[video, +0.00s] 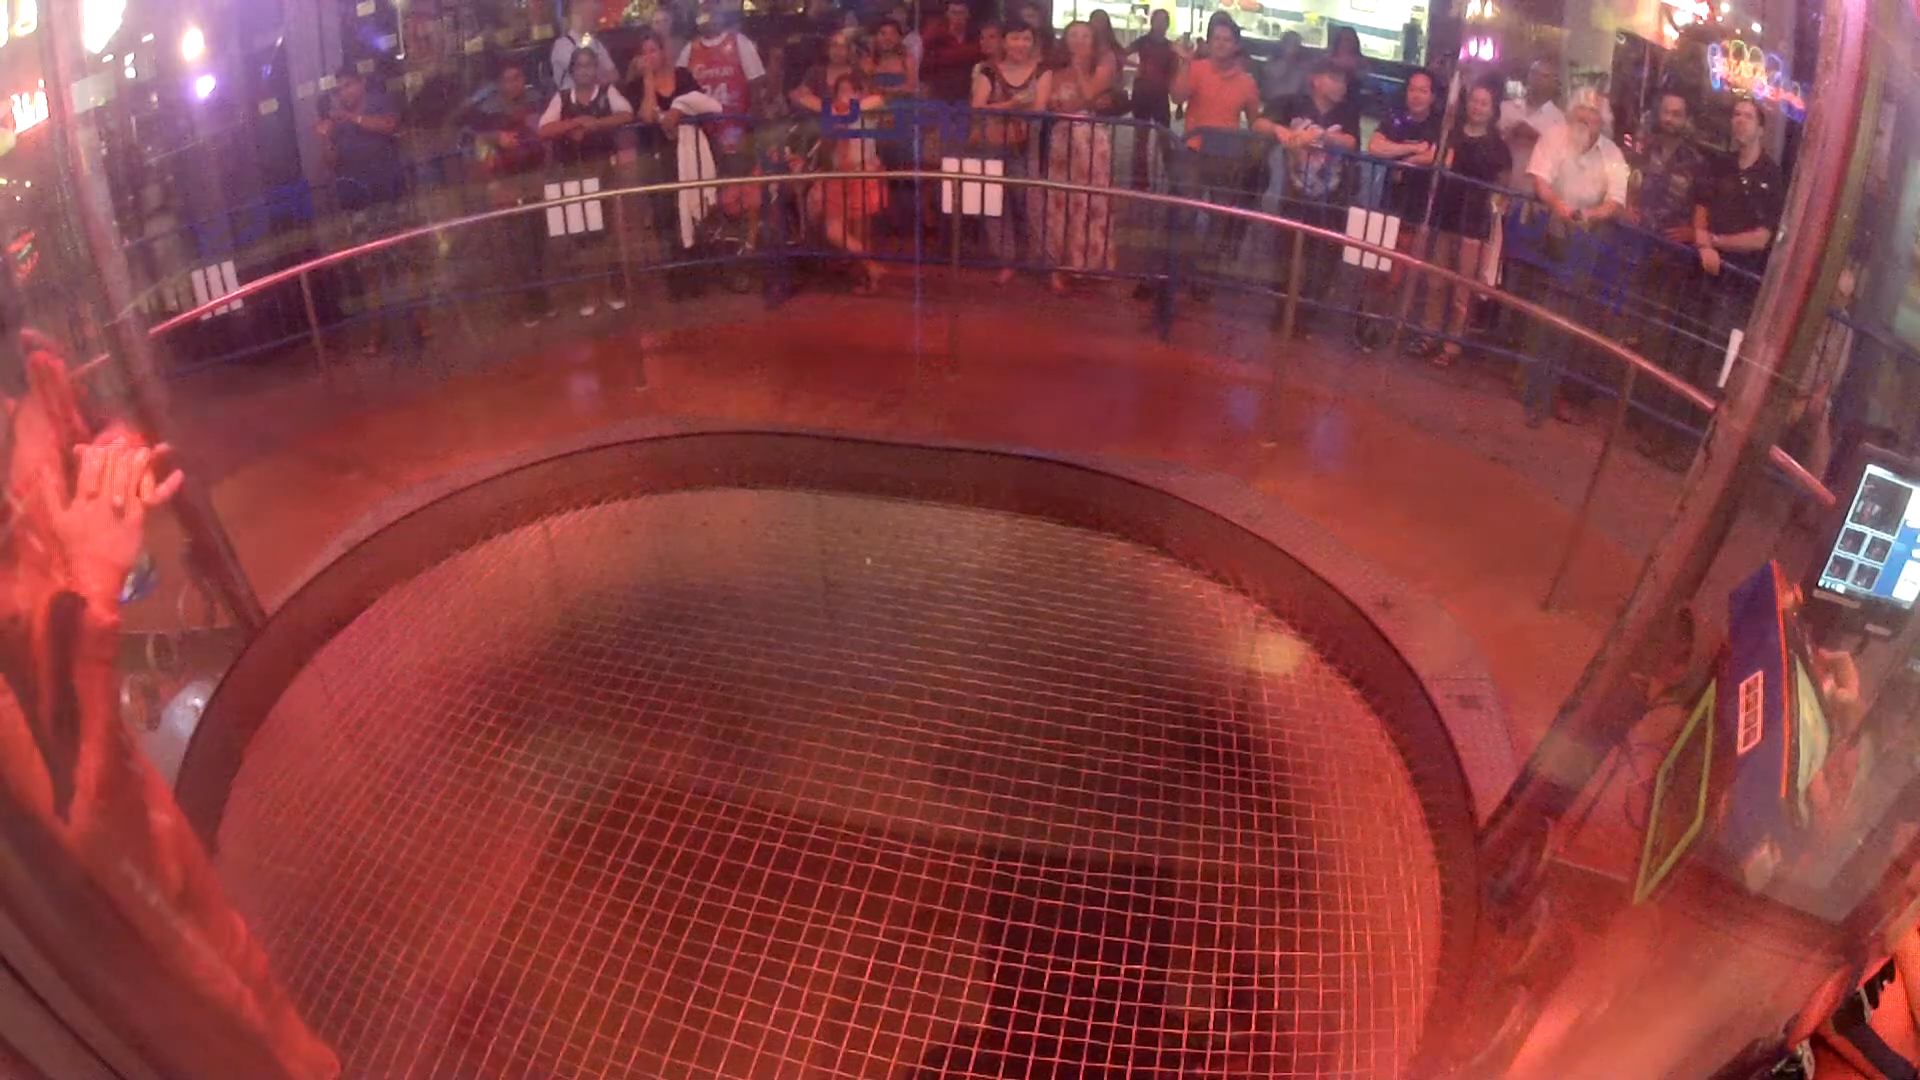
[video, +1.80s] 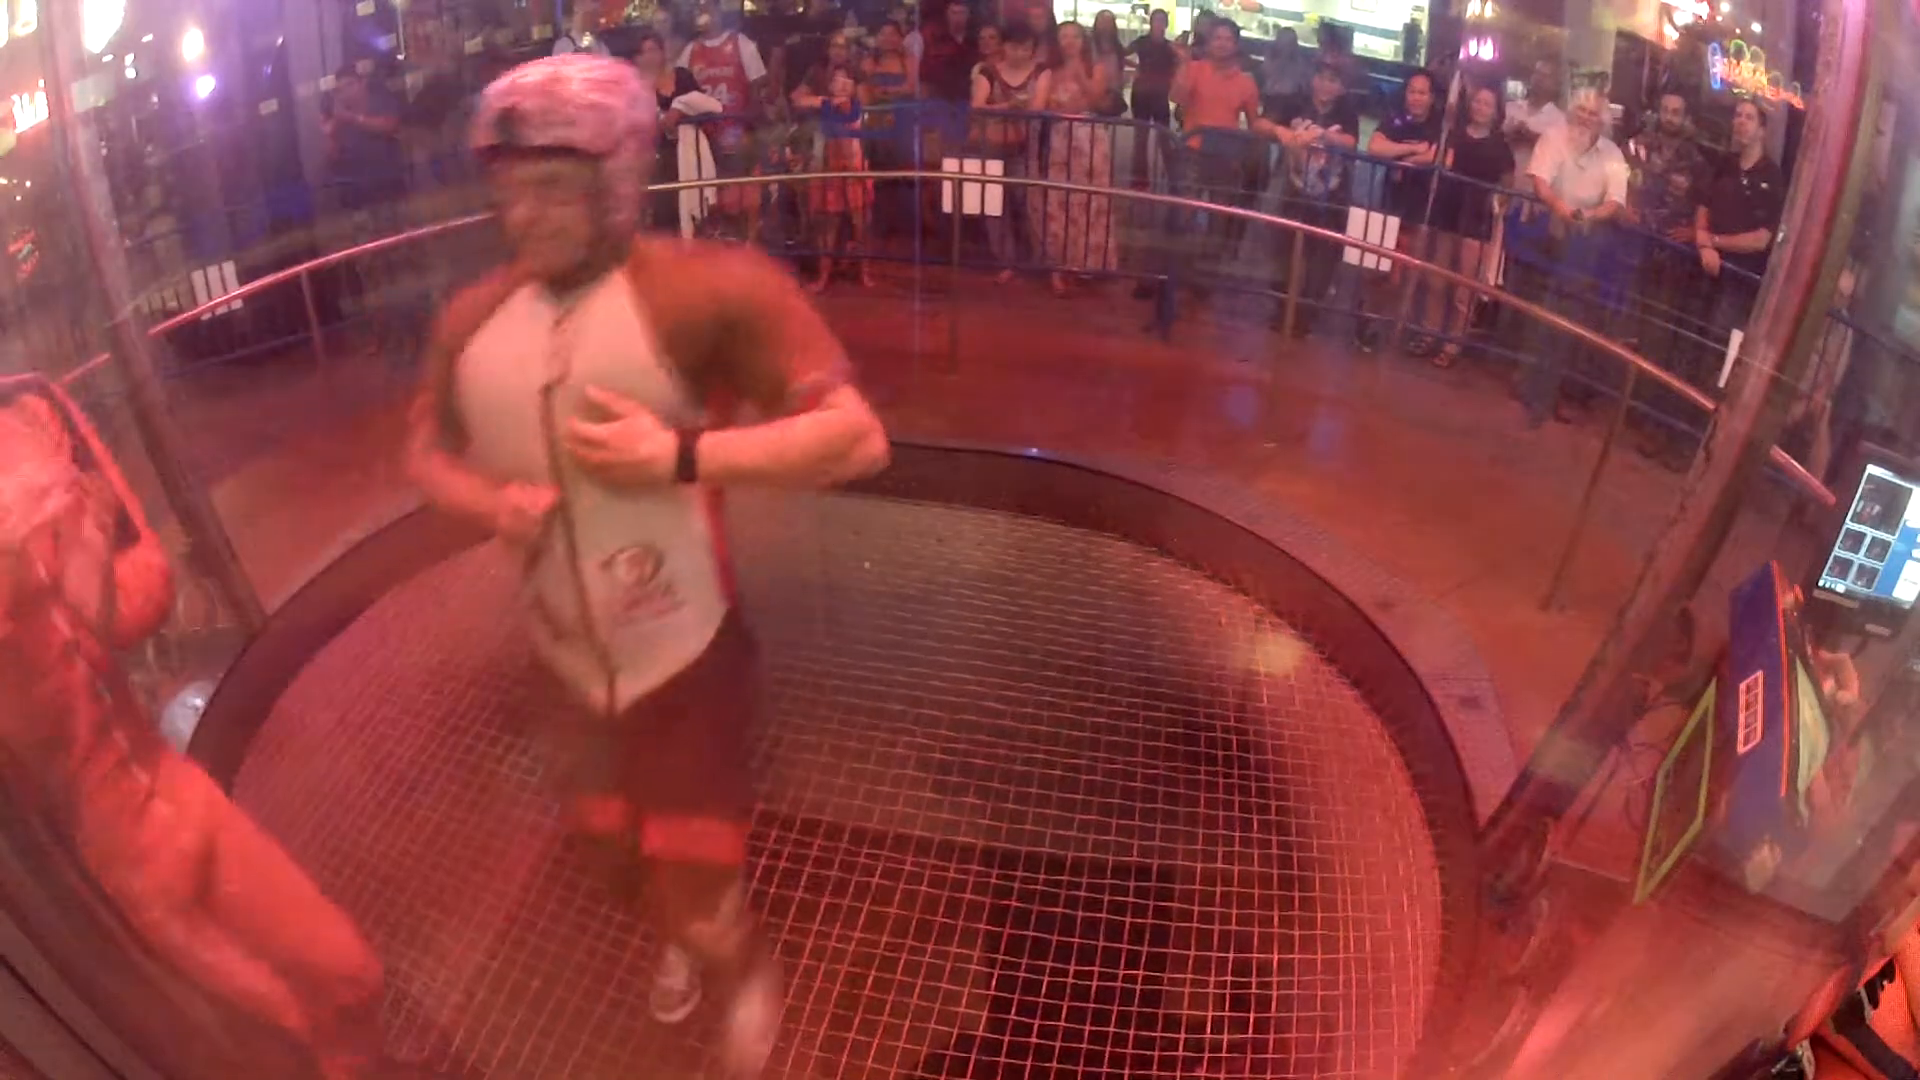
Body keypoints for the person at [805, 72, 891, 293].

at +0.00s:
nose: (843, 96)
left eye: (848, 91)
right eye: (840, 91)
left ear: (858, 92)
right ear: (834, 93)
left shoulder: (863, 108)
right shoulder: (830, 109)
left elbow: (879, 100)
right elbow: (797, 95)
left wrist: (853, 107)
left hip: (864, 175)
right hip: (839, 175)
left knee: (860, 230)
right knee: (834, 230)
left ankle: (865, 275)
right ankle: (871, 266)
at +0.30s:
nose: (844, 92)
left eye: (849, 87)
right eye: (840, 87)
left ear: (858, 89)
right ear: (834, 90)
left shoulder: (865, 106)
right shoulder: (831, 107)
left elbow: (882, 100)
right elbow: (798, 97)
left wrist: (855, 105)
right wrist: (827, 106)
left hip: (863, 171)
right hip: (834, 170)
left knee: (861, 224)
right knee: (817, 212)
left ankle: (863, 275)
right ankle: (851, 250)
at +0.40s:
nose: (835, 51)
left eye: (840, 46)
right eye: (832, 46)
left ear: (852, 50)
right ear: (827, 48)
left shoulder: (861, 77)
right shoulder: (820, 75)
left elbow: (885, 100)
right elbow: (798, 95)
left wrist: (855, 97)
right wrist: (828, 107)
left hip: (861, 156)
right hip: (832, 155)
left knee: (860, 218)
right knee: (819, 211)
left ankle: (862, 273)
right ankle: (844, 262)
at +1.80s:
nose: (838, 52)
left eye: (843, 46)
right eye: (834, 46)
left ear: (850, 50)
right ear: (827, 49)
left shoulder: (856, 79)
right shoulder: (818, 73)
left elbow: (863, 106)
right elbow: (797, 99)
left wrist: (848, 105)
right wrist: (828, 102)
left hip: (852, 147)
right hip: (826, 146)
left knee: (859, 213)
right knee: (826, 214)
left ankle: (864, 267)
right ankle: (824, 272)